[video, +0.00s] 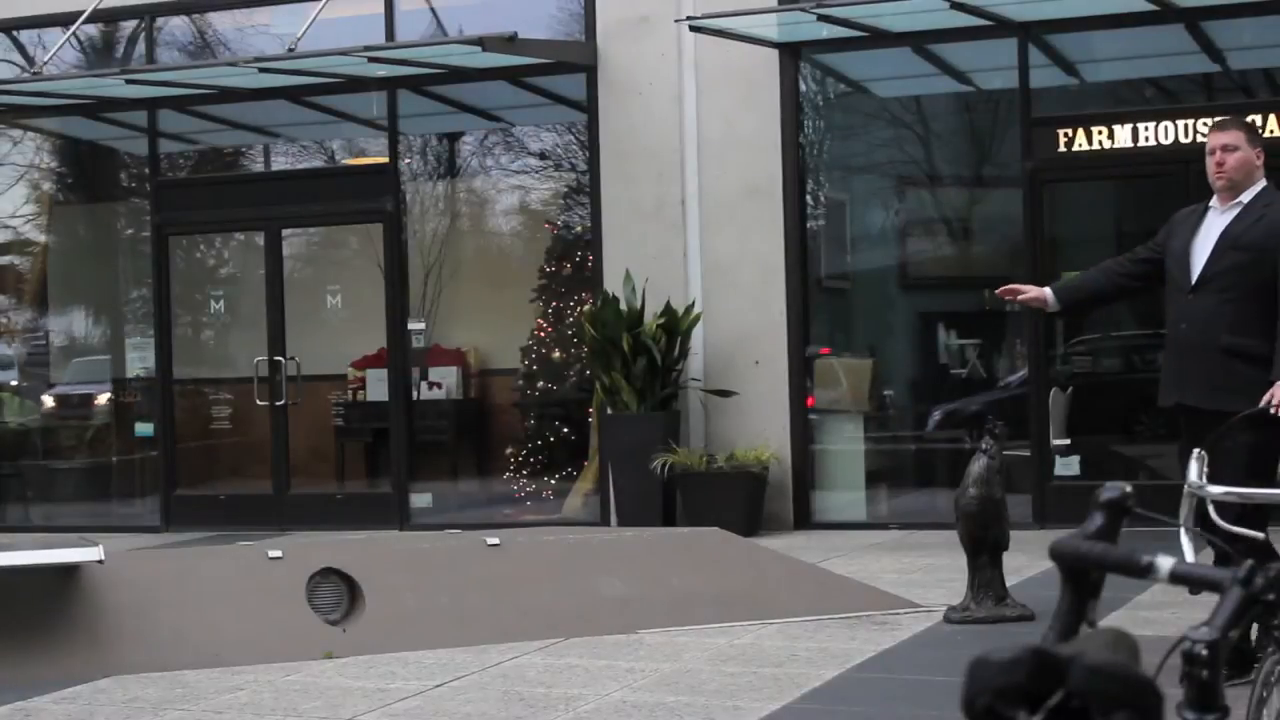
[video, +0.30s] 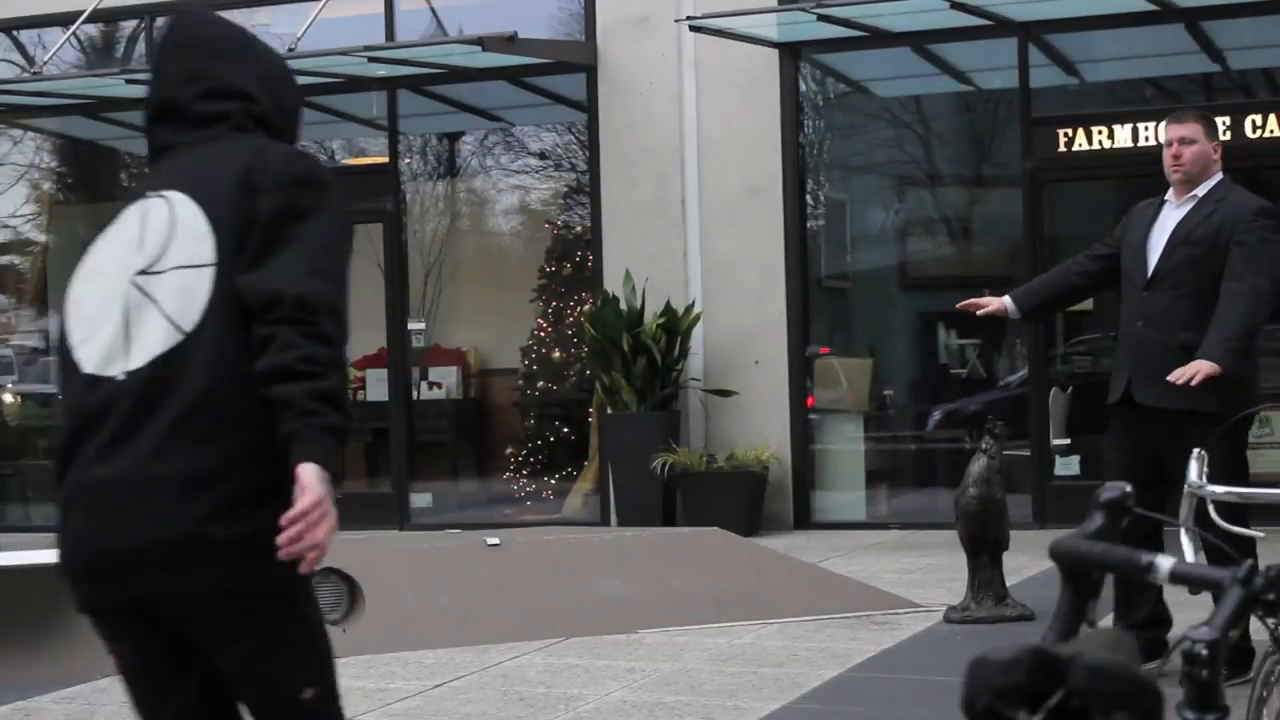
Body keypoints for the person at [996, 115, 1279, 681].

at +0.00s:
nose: (1218, 160)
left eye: (1229, 150)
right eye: (1212, 152)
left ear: (1258, 156)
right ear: (1205, 161)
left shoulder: (1273, 214)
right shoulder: (1187, 220)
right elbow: (1130, 269)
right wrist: (1054, 295)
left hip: (1251, 399)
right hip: (1192, 399)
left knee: (1244, 522)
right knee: (1214, 522)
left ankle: (1248, 635)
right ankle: (1242, 629)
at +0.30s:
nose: (1173, 153)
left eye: (1186, 143)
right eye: (1168, 145)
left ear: (1216, 151)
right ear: (1162, 156)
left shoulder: (1248, 214)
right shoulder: (1143, 215)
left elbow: (1246, 293)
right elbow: (1089, 266)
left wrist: (1216, 356)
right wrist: (1013, 303)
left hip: (1207, 395)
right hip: (1136, 396)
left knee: (1219, 521)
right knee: (1132, 520)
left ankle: (1234, 640)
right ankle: (1142, 635)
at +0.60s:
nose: (1103, 161)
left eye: (1114, 151)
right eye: (1097, 154)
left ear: (1145, 155)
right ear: (1092, 164)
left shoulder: (1185, 216)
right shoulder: (1073, 227)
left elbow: (1194, 295)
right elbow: (1014, 276)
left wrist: (1161, 354)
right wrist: (937, 311)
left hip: (1164, 402)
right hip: (1091, 406)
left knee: (1186, 518)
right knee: (1093, 528)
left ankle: (1227, 633)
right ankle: (1074, 636)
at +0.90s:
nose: (1021, 166)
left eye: (1030, 154)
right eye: (1015, 158)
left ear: (1063, 155)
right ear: (1013, 168)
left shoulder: (1119, 208)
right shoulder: (1005, 232)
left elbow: (1146, 288)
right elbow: (952, 288)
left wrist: (1148, 358)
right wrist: (876, 326)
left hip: (1119, 393)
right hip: (1049, 404)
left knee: (1158, 513)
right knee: (1064, 524)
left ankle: (1205, 616)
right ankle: (1070, 636)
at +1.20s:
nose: (961, 183)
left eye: (969, 171)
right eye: (959, 174)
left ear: (1006, 168)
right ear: (991, 174)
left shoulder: (1075, 210)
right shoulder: (968, 251)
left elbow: (1112, 284)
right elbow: (911, 300)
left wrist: (1112, 358)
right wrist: (832, 335)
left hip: (1106, 394)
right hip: (1039, 412)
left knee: (1148, 515)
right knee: (1061, 530)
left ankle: (1197, 627)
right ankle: (1067, 642)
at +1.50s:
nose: (903, 227)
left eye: (908, 215)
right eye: (902, 218)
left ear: (940, 206)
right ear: (930, 213)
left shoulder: (1007, 229)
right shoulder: (926, 280)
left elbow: (1060, 283)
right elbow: (880, 329)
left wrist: (1083, 352)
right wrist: (805, 347)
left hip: (1106, 388)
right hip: (1050, 418)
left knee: (1169, 501)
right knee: (1054, 536)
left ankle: (1231, 603)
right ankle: (1067, 650)